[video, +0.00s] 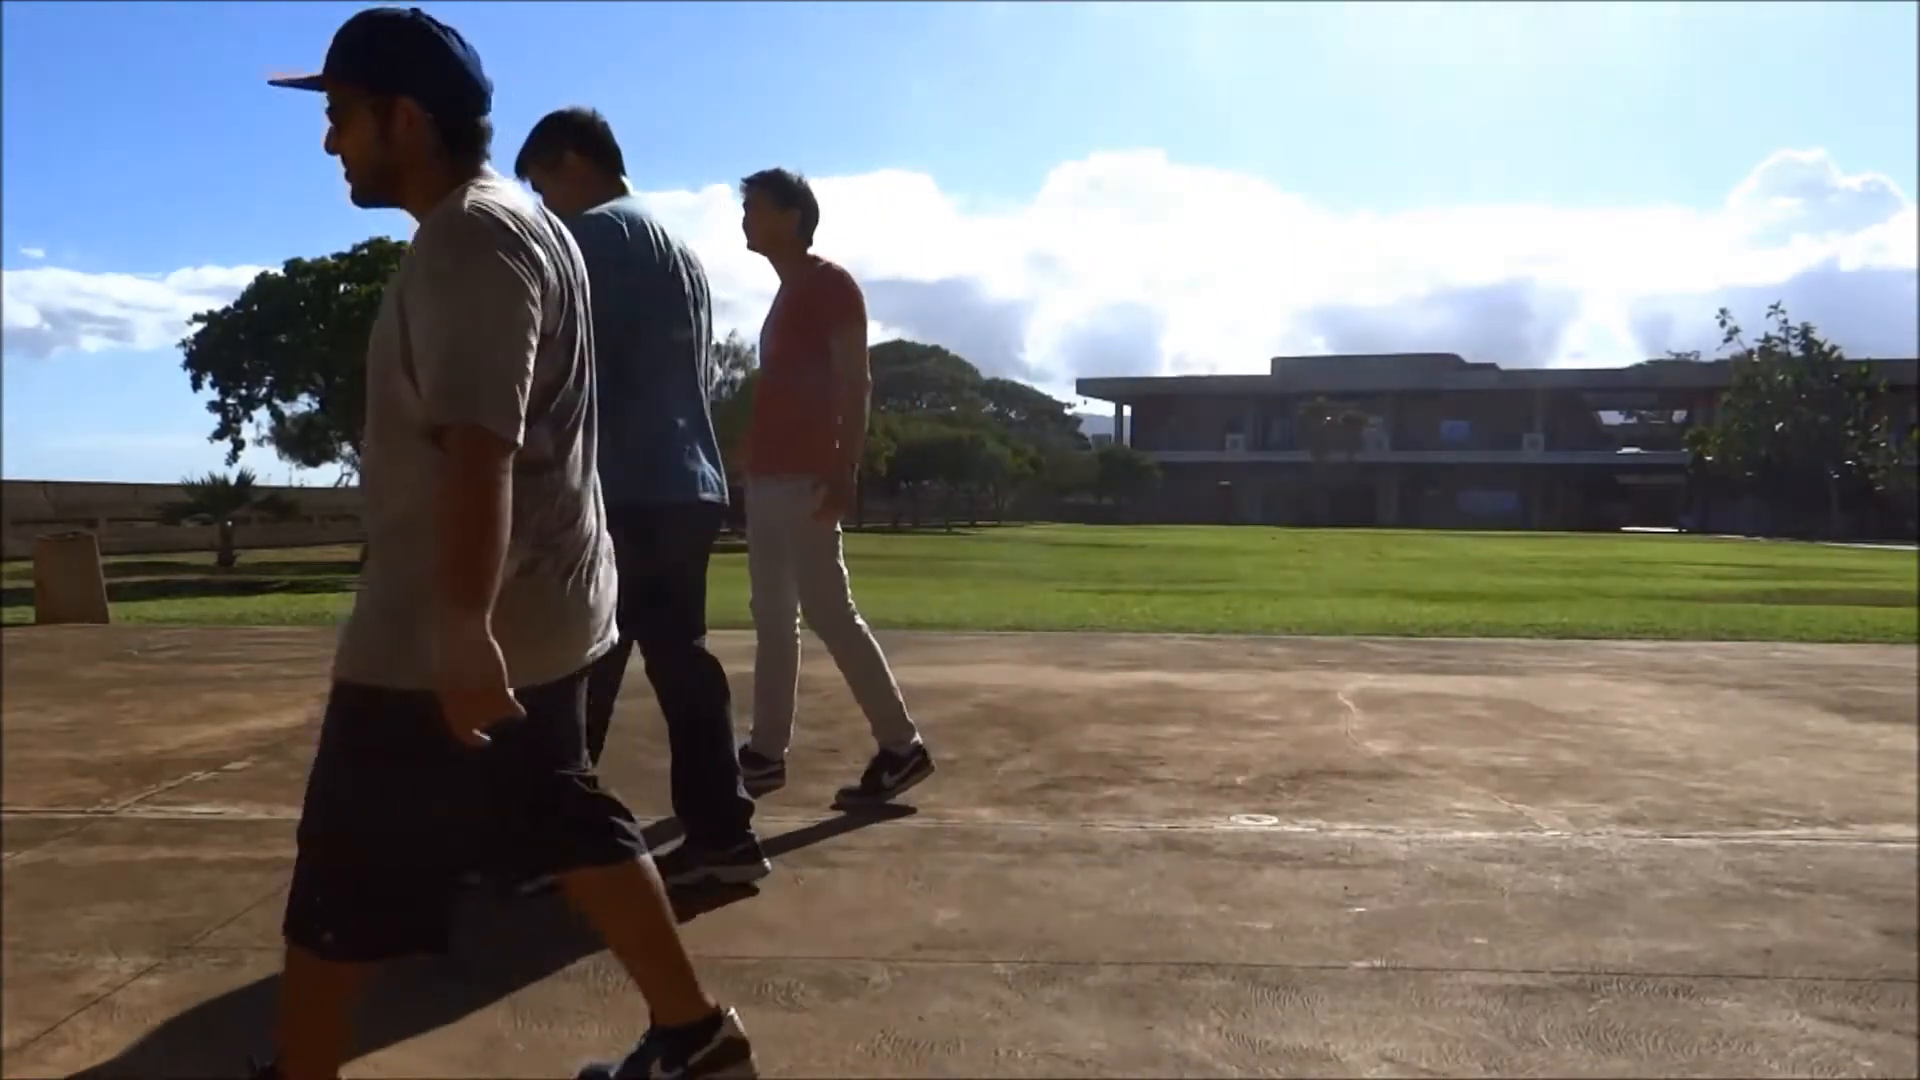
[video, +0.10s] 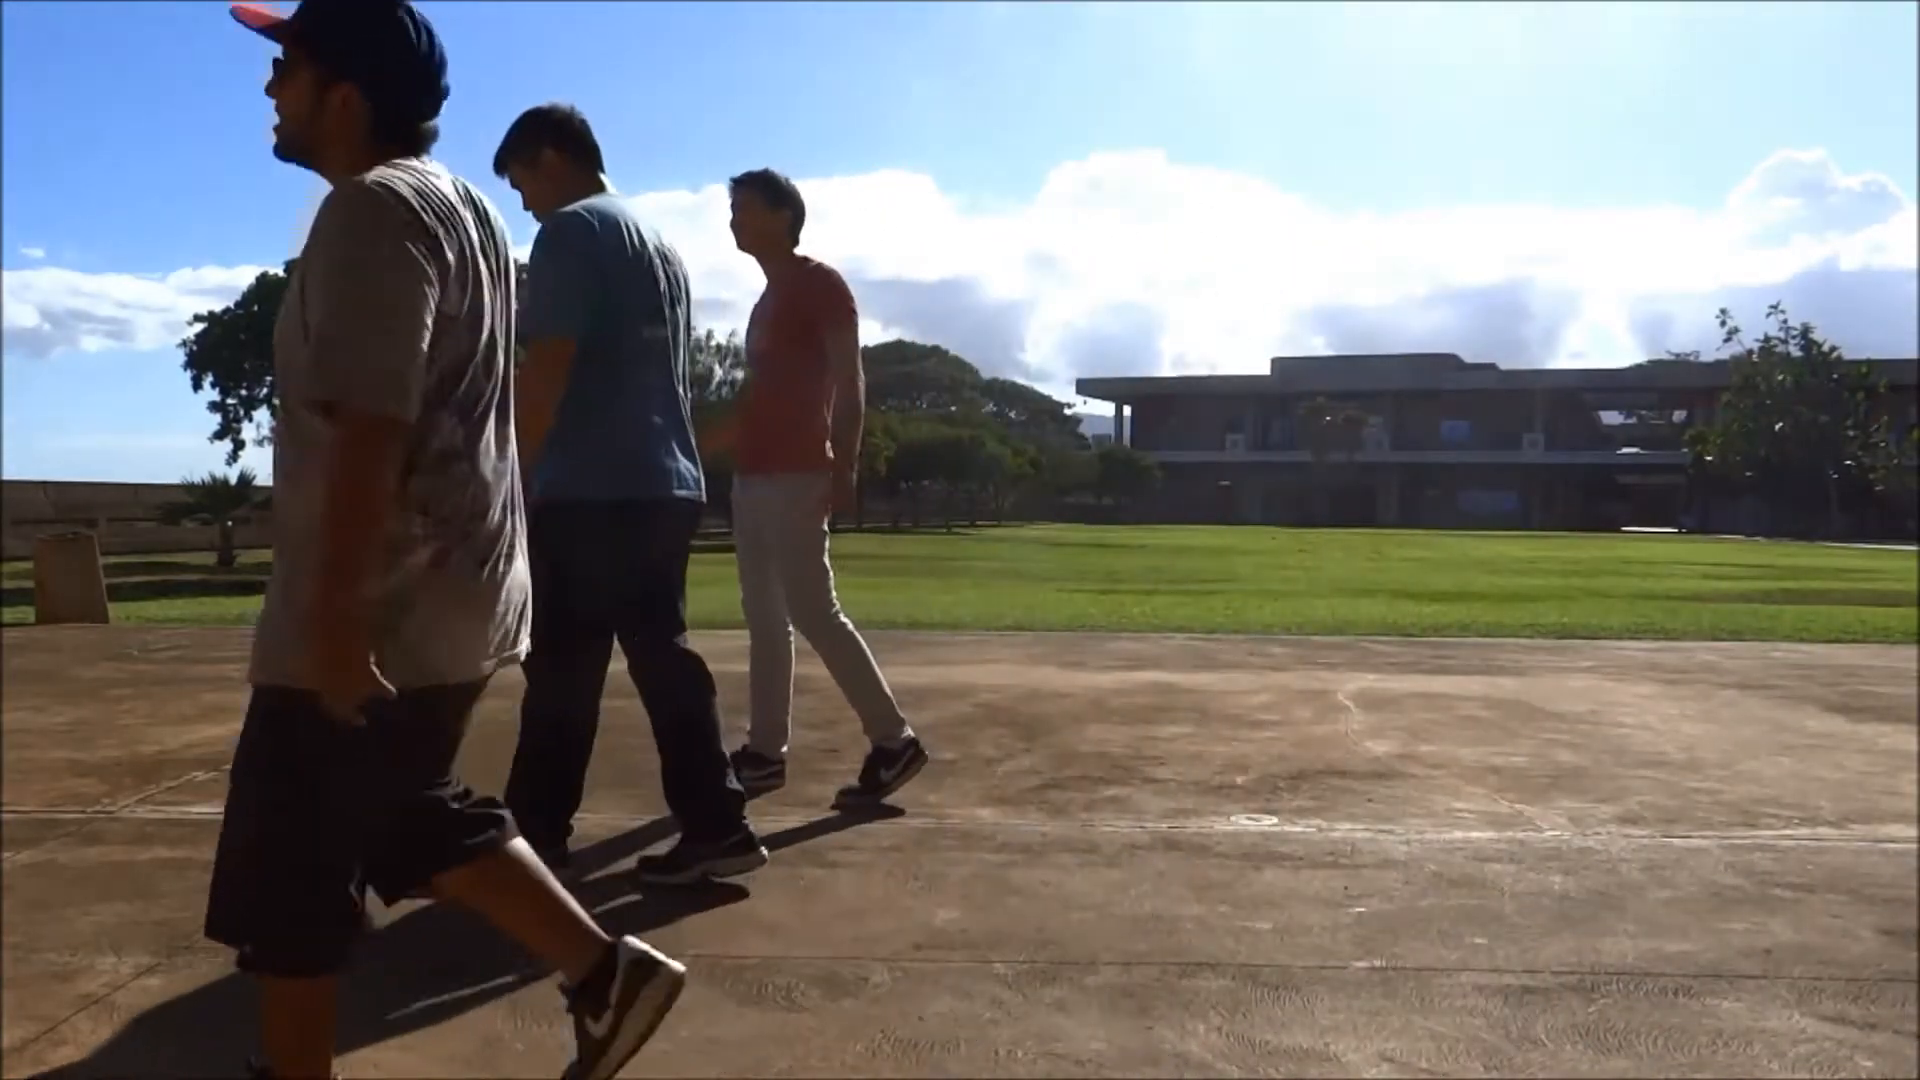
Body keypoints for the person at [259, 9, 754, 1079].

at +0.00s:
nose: (329, 142)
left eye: (341, 116)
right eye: (329, 118)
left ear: (407, 116)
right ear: (433, 119)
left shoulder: (467, 241)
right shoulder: (534, 230)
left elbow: (479, 445)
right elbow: (543, 437)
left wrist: (465, 625)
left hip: (423, 647)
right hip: (536, 622)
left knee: (336, 895)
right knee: (563, 811)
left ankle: (299, 1064)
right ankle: (690, 1025)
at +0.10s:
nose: (271, 90)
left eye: (286, 70)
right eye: (276, 70)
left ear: (344, 93)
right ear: (386, 100)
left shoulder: (371, 210)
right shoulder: (459, 206)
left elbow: (371, 427)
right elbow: (469, 414)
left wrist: (333, 615)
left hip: (354, 623)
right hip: (449, 608)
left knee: (285, 902)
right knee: (410, 816)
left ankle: (296, 1069)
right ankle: (601, 969)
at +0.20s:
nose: (227, 59)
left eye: (239, 39)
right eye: (235, 37)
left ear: (287, 64)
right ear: (348, 72)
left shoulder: (289, 153)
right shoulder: (415, 182)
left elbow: (272, 363)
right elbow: (441, 369)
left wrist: (199, 537)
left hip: (311, 562)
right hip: (404, 556)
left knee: (256, 815)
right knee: (311, 773)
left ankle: (296, 1062)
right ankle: (453, 946)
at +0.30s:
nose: (189, 27)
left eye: (204, 16)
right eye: (201, 13)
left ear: (233, 48)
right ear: (320, 66)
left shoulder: (227, 171)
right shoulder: (374, 195)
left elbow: (154, 362)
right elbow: (401, 361)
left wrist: (35, 495)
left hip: (255, 562)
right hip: (344, 554)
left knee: (261, 816)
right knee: (254, 785)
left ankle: (300, 1065)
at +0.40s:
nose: (137, 55)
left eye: (154, 37)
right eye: (151, 34)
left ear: (188, 65)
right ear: (264, 83)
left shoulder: (143, 199)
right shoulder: (315, 214)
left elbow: (21, 391)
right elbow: (341, 391)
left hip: (193, 587)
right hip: (298, 571)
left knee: (260, 840)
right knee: (138, 801)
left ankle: (294, 1064)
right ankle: (101, 1017)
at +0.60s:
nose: (38, 89)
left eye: (53, 70)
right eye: (49, 70)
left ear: (86, 91)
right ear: (175, 115)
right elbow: (246, 398)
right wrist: (149, 476)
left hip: (44, 575)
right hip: (177, 574)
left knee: (103, 814)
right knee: (40, 813)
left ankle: (258, 1049)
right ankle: (13, 1025)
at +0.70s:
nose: (4, 90)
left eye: (13, 70)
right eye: (13, 69)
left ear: (37, 83)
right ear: (128, 103)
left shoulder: (24, 197)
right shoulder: (185, 227)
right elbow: (216, 395)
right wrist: (114, 438)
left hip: (29, 572)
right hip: (140, 571)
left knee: (4, 794)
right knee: (63, 803)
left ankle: (163, 986)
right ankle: (22, 1021)